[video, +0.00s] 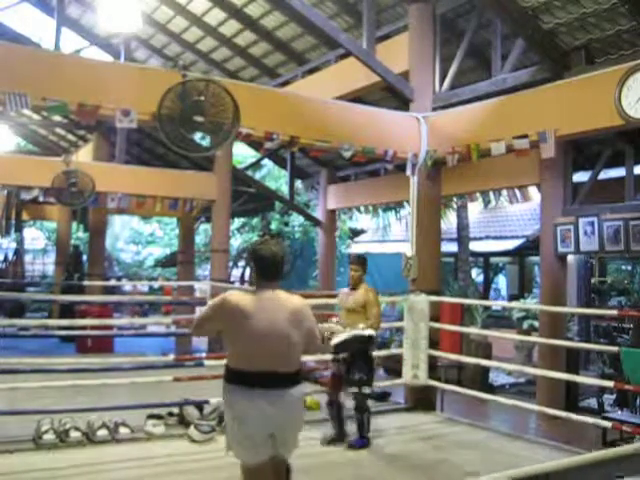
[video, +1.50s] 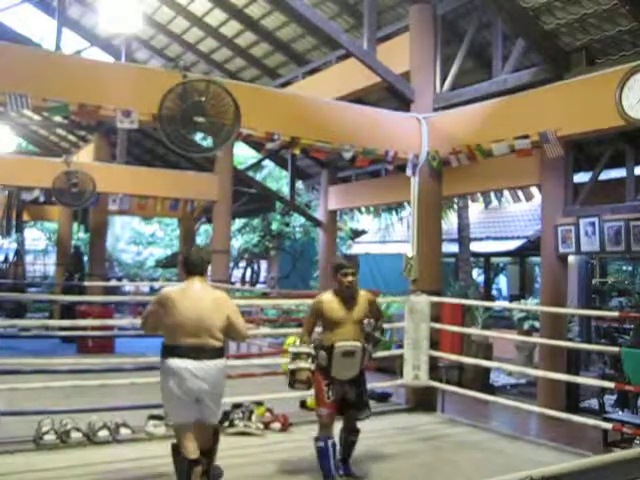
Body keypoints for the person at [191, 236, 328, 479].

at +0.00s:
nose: (249, 270)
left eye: (250, 266)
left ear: (252, 270)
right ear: (282, 270)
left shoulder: (232, 303)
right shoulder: (298, 306)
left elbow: (200, 328)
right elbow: (313, 345)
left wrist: (232, 324)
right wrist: (283, 339)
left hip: (244, 398)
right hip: (288, 396)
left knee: (254, 468)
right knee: (280, 462)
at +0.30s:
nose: (243, 268)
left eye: (245, 264)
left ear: (247, 267)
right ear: (275, 271)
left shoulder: (230, 300)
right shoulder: (288, 304)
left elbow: (197, 329)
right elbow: (300, 347)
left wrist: (225, 325)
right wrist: (270, 340)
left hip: (239, 387)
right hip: (279, 386)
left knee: (232, 458)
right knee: (262, 451)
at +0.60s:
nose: (233, 264)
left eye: (234, 260)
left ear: (235, 264)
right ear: (262, 266)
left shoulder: (220, 298)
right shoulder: (278, 301)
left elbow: (190, 331)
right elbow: (286, 342)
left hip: (228, 378)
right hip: (268, 375)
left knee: (212, 447)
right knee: (256, 447)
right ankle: (258, 477)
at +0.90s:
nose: (209, 271)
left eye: (209, 267)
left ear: (209, 269)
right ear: (232, 269)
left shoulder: (196, 299)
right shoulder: (249, 298)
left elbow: (165, 329)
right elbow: (264, 332)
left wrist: (191, 331)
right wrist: (235, 332)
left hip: (204, 375)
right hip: (243, 373)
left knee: (200, 446)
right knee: (241, 445)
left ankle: (198, 476)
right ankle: (245, 474)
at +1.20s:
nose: (178, 270)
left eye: (180, 266)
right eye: (179, 266)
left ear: (185, 267)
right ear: (209, 267)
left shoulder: (173, 295)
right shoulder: (227, 295)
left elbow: (148, 326)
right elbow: (246, 330)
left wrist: (176, 323)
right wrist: (221, 331)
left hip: (182, 370)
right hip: (219, 369)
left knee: (189, 441)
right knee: (223, 436)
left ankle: (192, 475)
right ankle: (226, 475)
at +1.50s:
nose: (179, 267)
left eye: (180, 264)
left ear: (182, 267)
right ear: (207, 268)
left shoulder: (168, 296)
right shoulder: (221, 298)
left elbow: (147, 325)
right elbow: (241, 332)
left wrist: (171, 323)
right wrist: (218, 325)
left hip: (177, 361)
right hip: (212, 362)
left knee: (184, 425)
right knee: (206, 423)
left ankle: (195, 467)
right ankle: (205, 468)